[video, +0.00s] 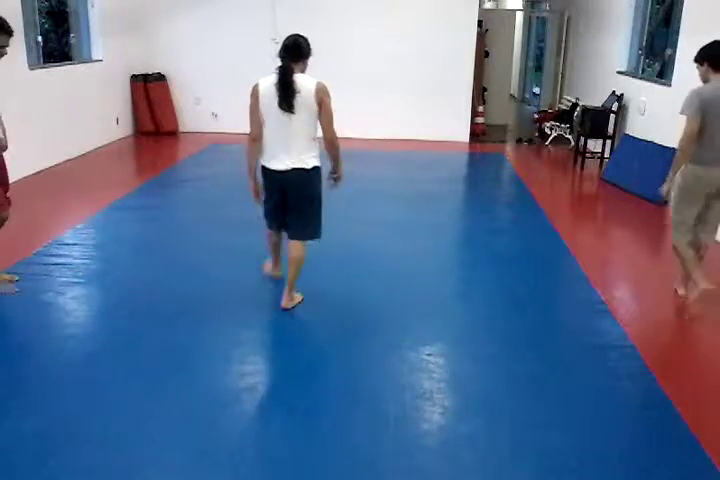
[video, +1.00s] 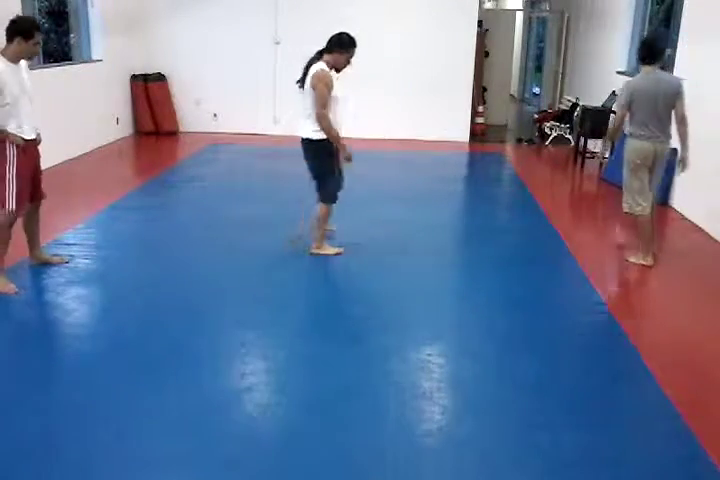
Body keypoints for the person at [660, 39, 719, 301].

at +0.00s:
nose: (698, 73)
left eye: (699, 67)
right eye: (698, 67)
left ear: (709, 66)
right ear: (718, 66)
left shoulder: (701, 95)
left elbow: (689, 139)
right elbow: (691, 140)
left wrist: (671, 176)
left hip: (698, 170)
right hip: (717, 171)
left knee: (680, 229)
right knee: (704, 232)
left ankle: (700, 282)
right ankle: (684, 284)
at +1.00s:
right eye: (659, 55)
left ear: (639, 56)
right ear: (661, 57)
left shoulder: (632, 85)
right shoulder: (674, 84)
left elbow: (619, 120)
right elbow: (681, 120)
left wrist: (608, 140)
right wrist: (684, 151)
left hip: (637, 146)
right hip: (662, 147)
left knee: (641, 200)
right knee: (649, 197)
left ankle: (645, 253)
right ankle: (649, 247)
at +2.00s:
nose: (576, 57)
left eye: (578, 53)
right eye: (575, 53)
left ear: (589, 52)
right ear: (593, 52)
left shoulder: (587, 75)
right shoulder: (612, 74)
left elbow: (580, 111)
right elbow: (615, 107)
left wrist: (568, 139)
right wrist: (613, 134)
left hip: (585, 129)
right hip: (602, 129)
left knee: (572, 173)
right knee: (593, 173)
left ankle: (570, 217)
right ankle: (602, 206)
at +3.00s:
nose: (583, 61)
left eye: (587, 57)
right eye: (580, 56)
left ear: (596, 54)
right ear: (578, 54)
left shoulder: (607, 77)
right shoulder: (577, 75)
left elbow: (613, 108)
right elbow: (570, 103)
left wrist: (611, 136)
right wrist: (559, 124)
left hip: (596, 128)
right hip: (576, 127)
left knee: (591, 179)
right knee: (570, 173)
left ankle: (587, 220)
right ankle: (571, 209)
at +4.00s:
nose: (574, 61)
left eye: (579, 57)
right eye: (572, 56)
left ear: (592, 57)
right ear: (570, 55)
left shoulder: (606, 82)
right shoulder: (564, 77)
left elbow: (613, 118)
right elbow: (551, 107)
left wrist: (610, 152)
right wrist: (535, 132)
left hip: (591, 144)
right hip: (564, 142)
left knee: (589, 199)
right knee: (555, 193)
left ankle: (582, 237)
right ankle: (560, 238)